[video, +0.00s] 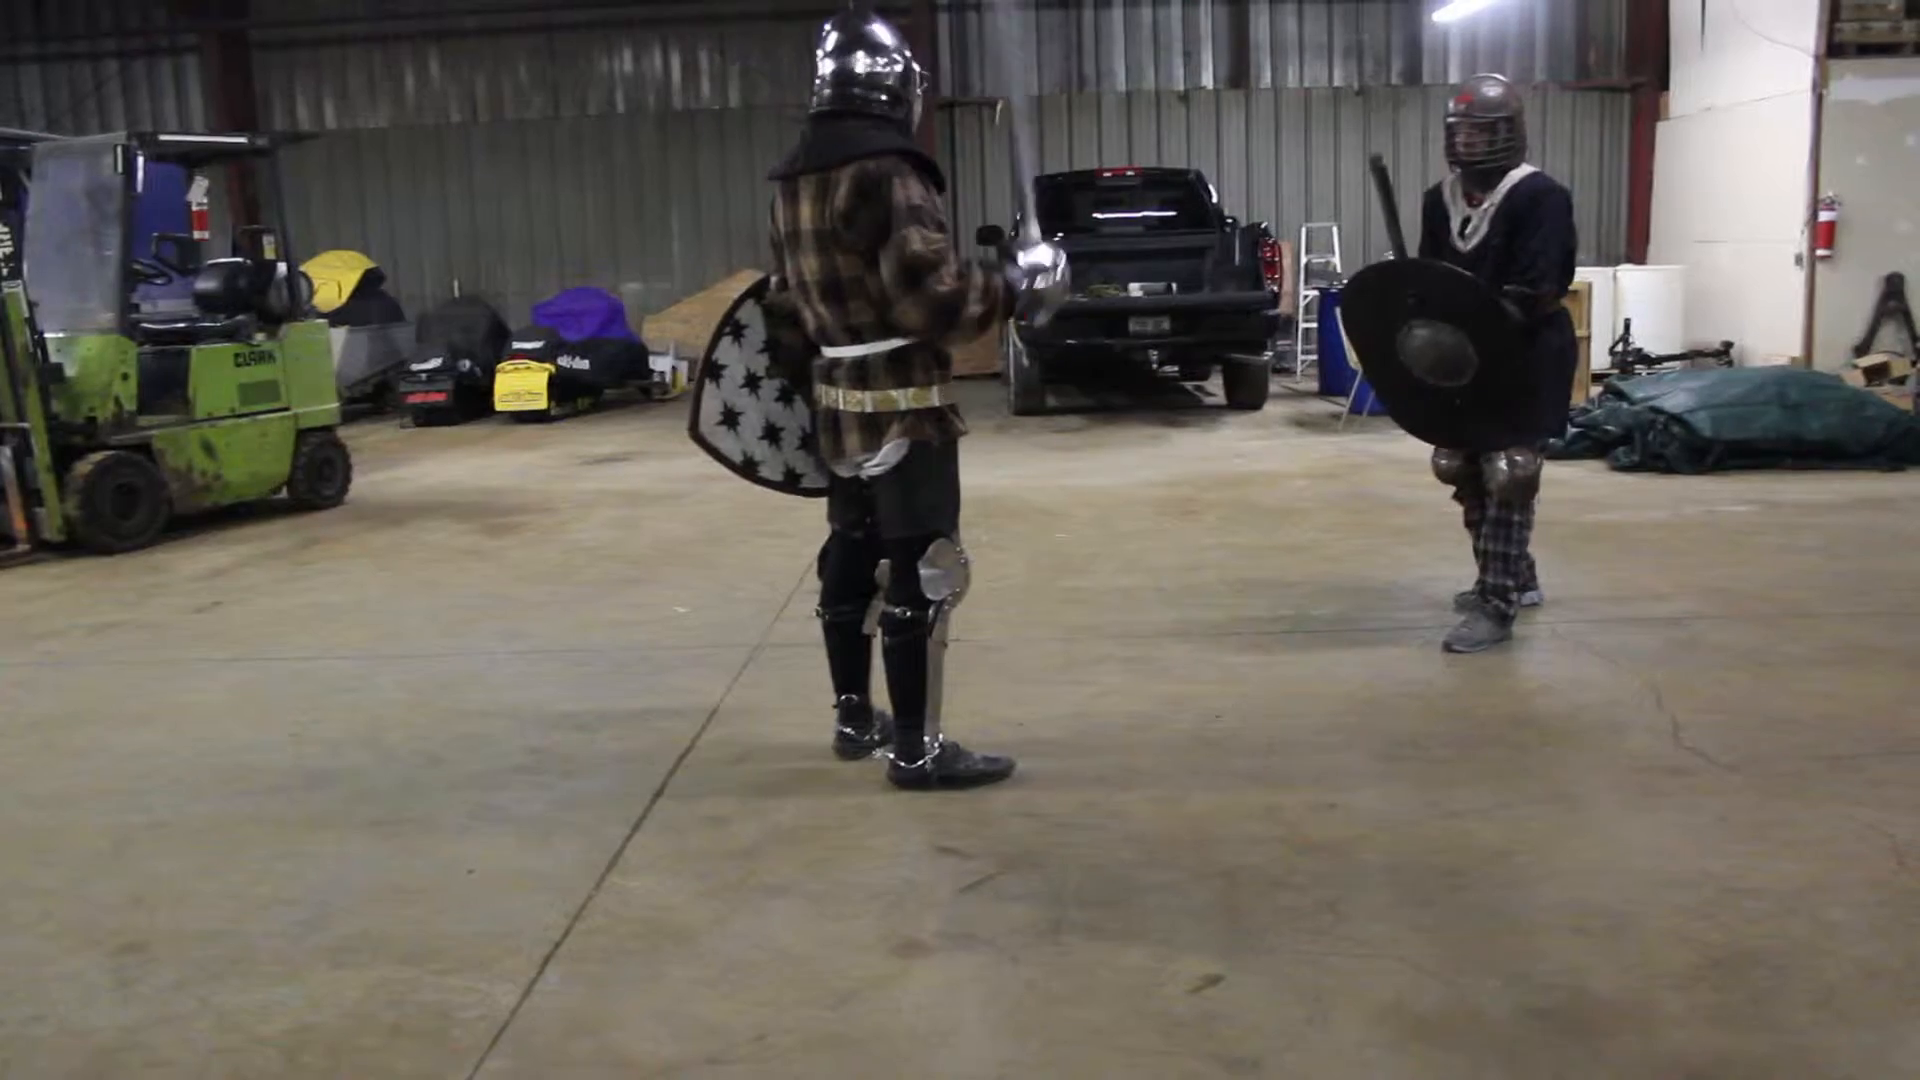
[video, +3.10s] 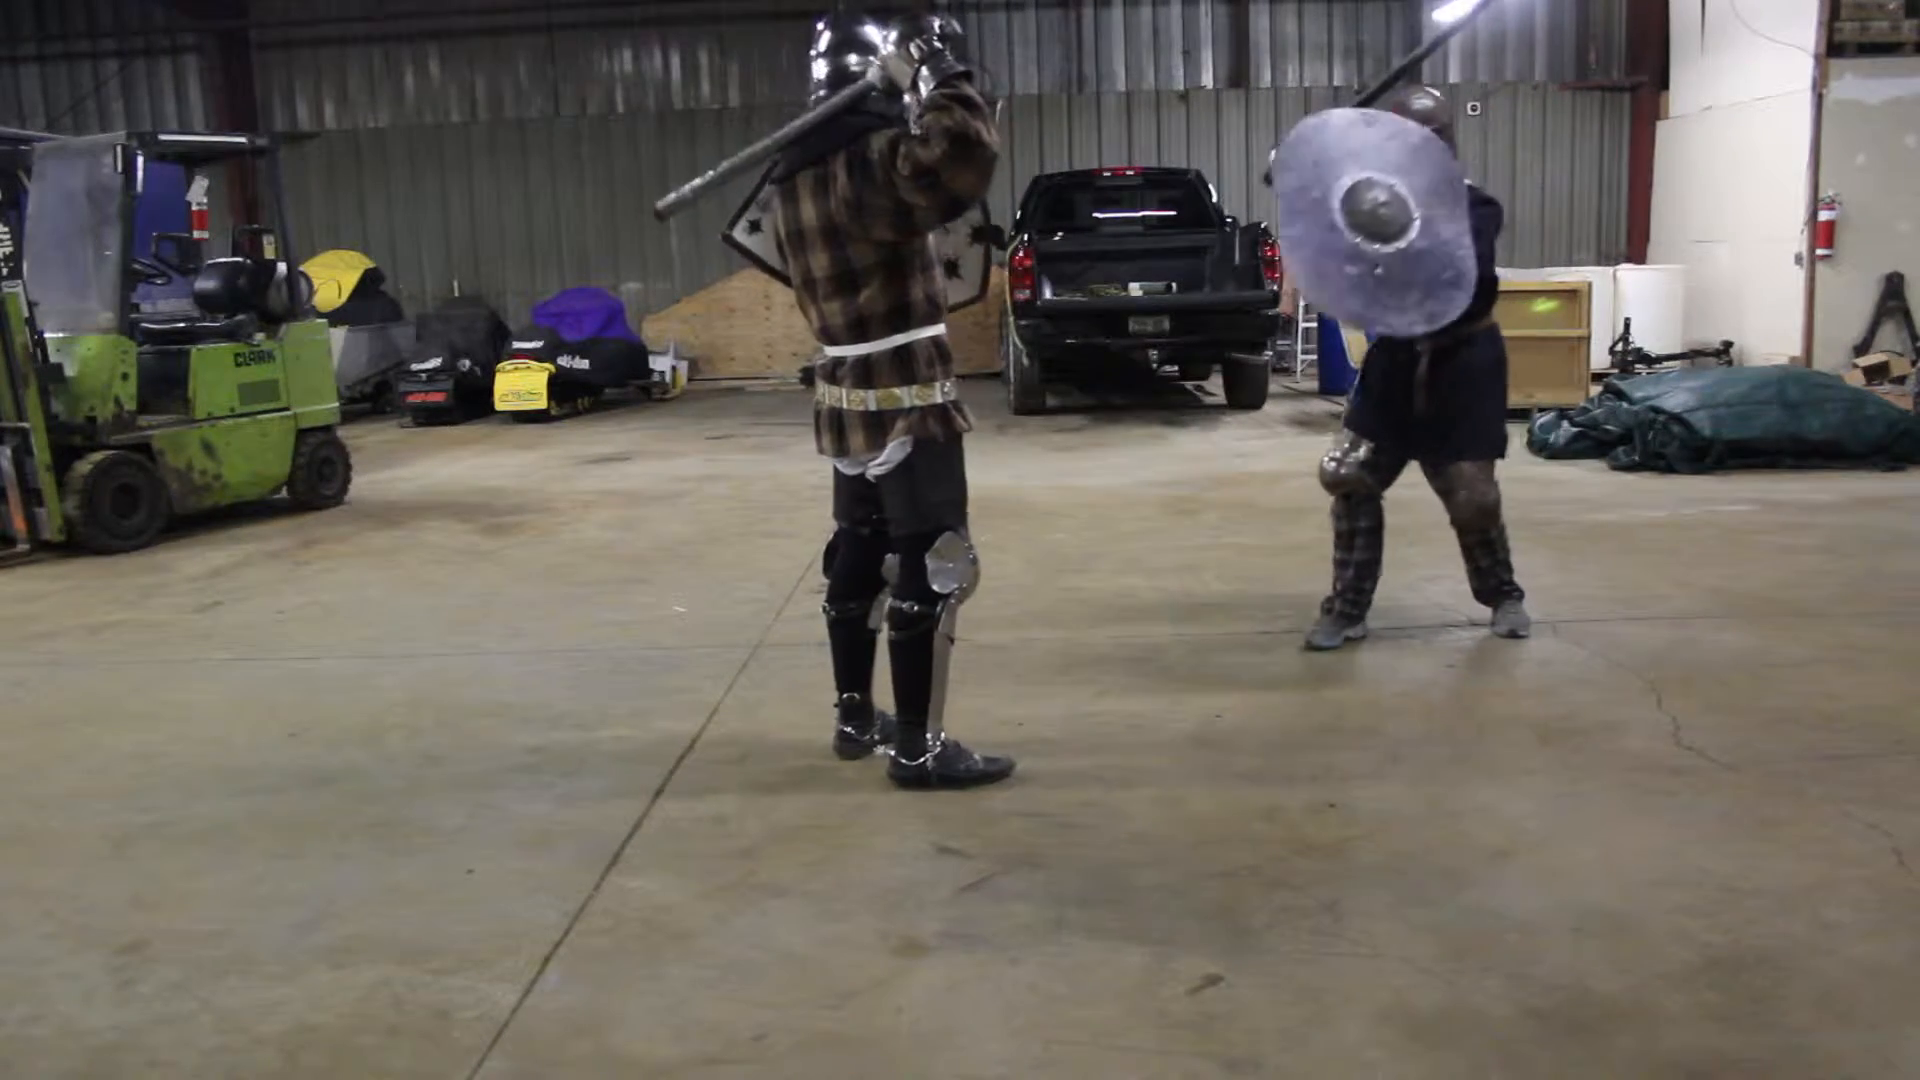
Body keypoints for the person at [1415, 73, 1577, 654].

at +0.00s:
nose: (1468, 139)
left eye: (1482, 128)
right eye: (1460, 128)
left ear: (1511, 133)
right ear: (1449, 133)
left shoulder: (1541, 197)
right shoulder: (1439, 201)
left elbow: (1543, 286)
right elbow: (1431, 281)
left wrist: (1479, 323)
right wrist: (1423, 337)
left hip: (1529, 362)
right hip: (1465, 363)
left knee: (1510, 469)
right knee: (1457, 464)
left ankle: (1495, 603)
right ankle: (1515, 575)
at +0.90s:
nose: (1464, 122)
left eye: (1479, 111)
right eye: (1454, 111)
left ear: (1504, 117)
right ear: (1440, 118)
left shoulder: (1528, 186)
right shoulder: (1424, 187)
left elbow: (1529, 281)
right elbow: (1411, 273)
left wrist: (1460, 307)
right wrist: (1396, 334)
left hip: (1514, 359)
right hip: (1443, 357)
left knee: (1499, 470)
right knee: (1400, 456)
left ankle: (1492, 604)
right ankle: (1446, 565)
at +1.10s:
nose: (1432, 131)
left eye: (1446, 120)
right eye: (1423, 120)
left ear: (1477, 122)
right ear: (1414, 125)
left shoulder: (1509, 188)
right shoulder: (1406, 189)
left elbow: (1519, 271)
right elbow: (1374, 262)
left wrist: (1459, 302)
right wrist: (1327, 283)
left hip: (1495, 367)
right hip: (1419, 364)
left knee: (1487, 480)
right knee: (1396, 469)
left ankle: (1491, 609)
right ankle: (1364, 597)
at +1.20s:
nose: (1421, 139)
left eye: (1436, 125)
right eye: (1411, 126)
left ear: (1464, 127)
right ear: (1397, 129)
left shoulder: (1494, 191)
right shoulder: (1386, 192)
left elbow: (1500, 275)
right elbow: (1346, 251)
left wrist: (1452, 256)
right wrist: (1293, 245)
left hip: (1487, 356)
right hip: (1417, 357)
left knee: (1478, 479)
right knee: (1389, 470)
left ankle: (1490, 609)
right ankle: (1367, 603)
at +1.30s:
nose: (1415, 127)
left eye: (1428, 115)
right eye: (1405, 115)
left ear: (1449, 123)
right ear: (1391, 120)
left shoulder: (1474, 187)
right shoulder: (1374, 188)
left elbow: (1459, 246)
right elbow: (1305, 244)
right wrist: (1270, 211)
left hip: (1473, 335)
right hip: (1408, 336)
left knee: (1466, 476)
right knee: (1374, 467)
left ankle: (1489, 607)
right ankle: (1368, 600)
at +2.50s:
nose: (1453, 146)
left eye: (1467, 133)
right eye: (1442, 135)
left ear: (1490, 139)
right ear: (1427, 141)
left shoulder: (1522, 201)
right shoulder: (1413, 206)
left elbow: (1517, 272)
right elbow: (1353, 268)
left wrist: (1462, 212)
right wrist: (1317, 231)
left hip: (1514, 350)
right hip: (1444, 351)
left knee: (1513, 488)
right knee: (1398, 472)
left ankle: (1509, 599)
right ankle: (1375, 600)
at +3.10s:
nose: (1414, 147)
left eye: (1428, 135)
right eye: (1402, 136)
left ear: (1449, 139)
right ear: (1387, 140)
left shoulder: (1476, 209)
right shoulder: (1379, 202)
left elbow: (1465, 295)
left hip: (1466, 354)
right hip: (1394, 352)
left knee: (1470, 490)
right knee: (1351, 477)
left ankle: (1503, 598)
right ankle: (1346, 609)